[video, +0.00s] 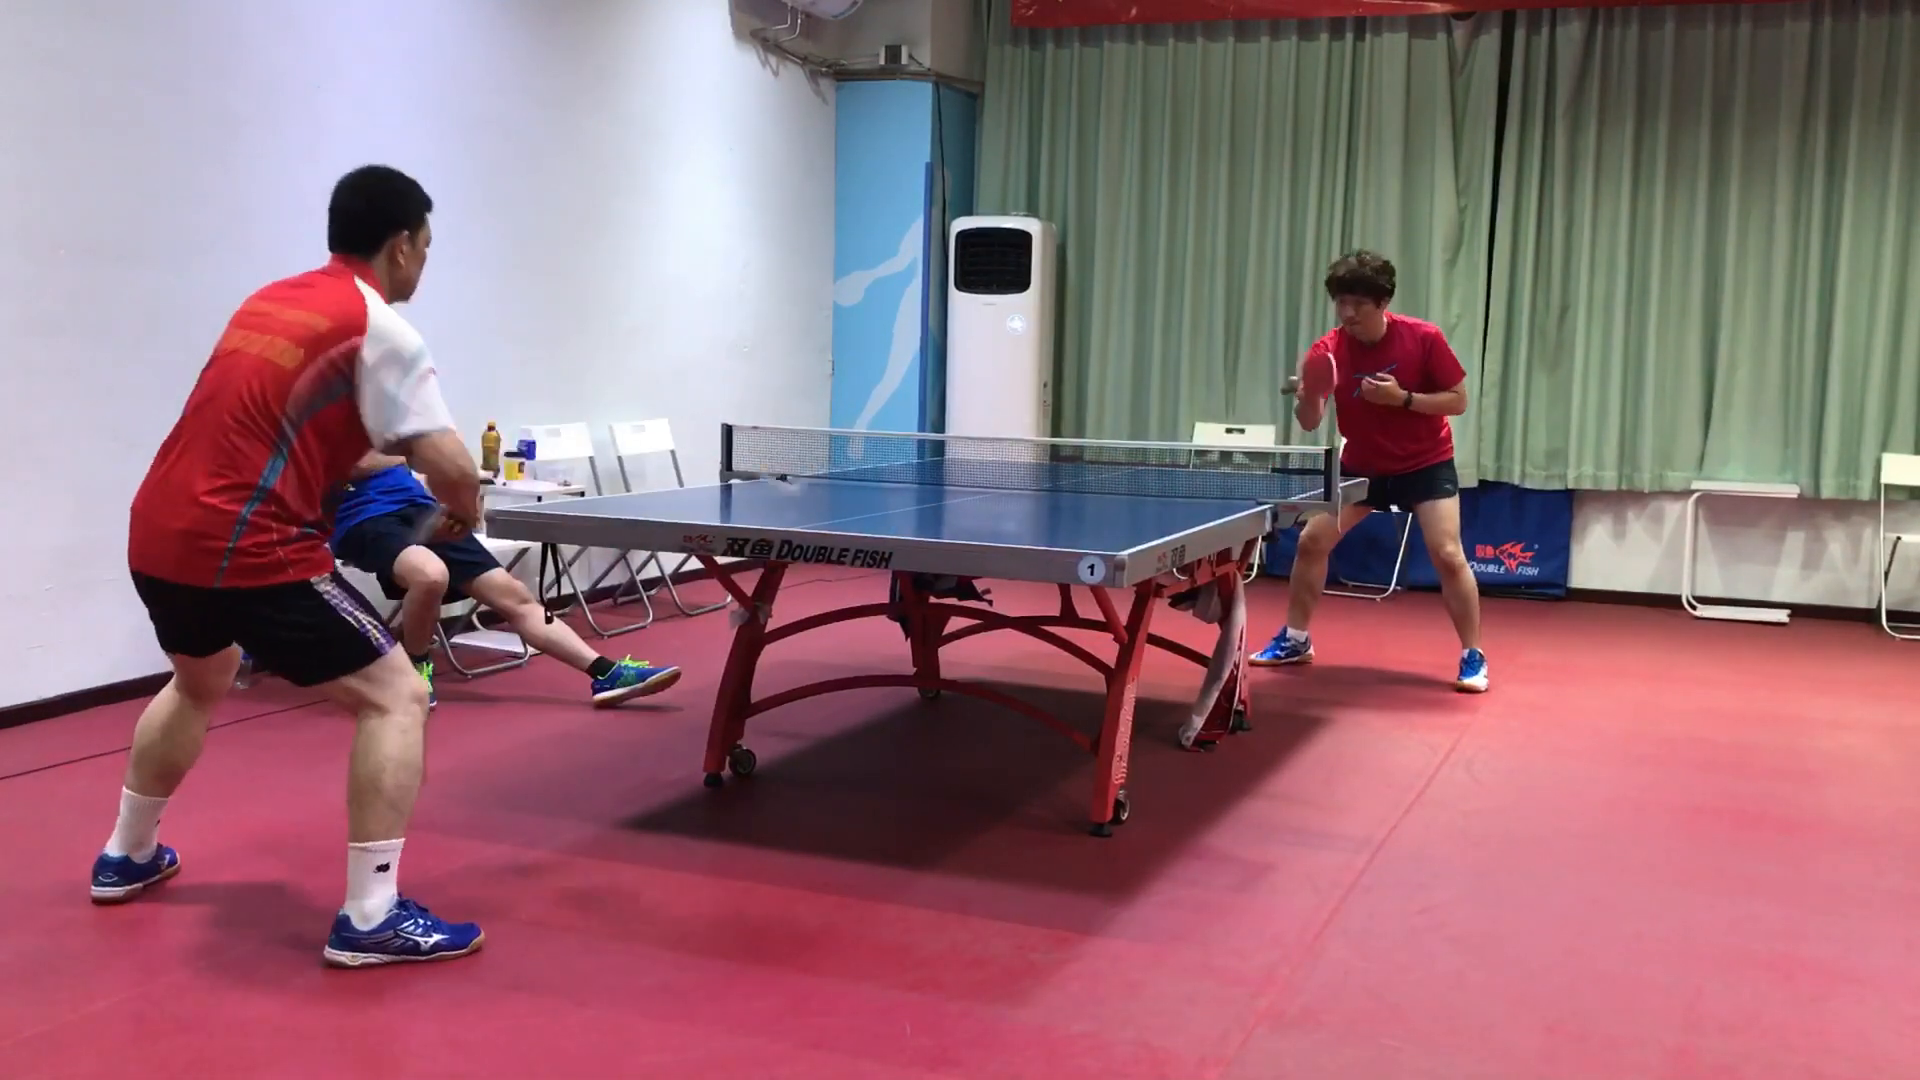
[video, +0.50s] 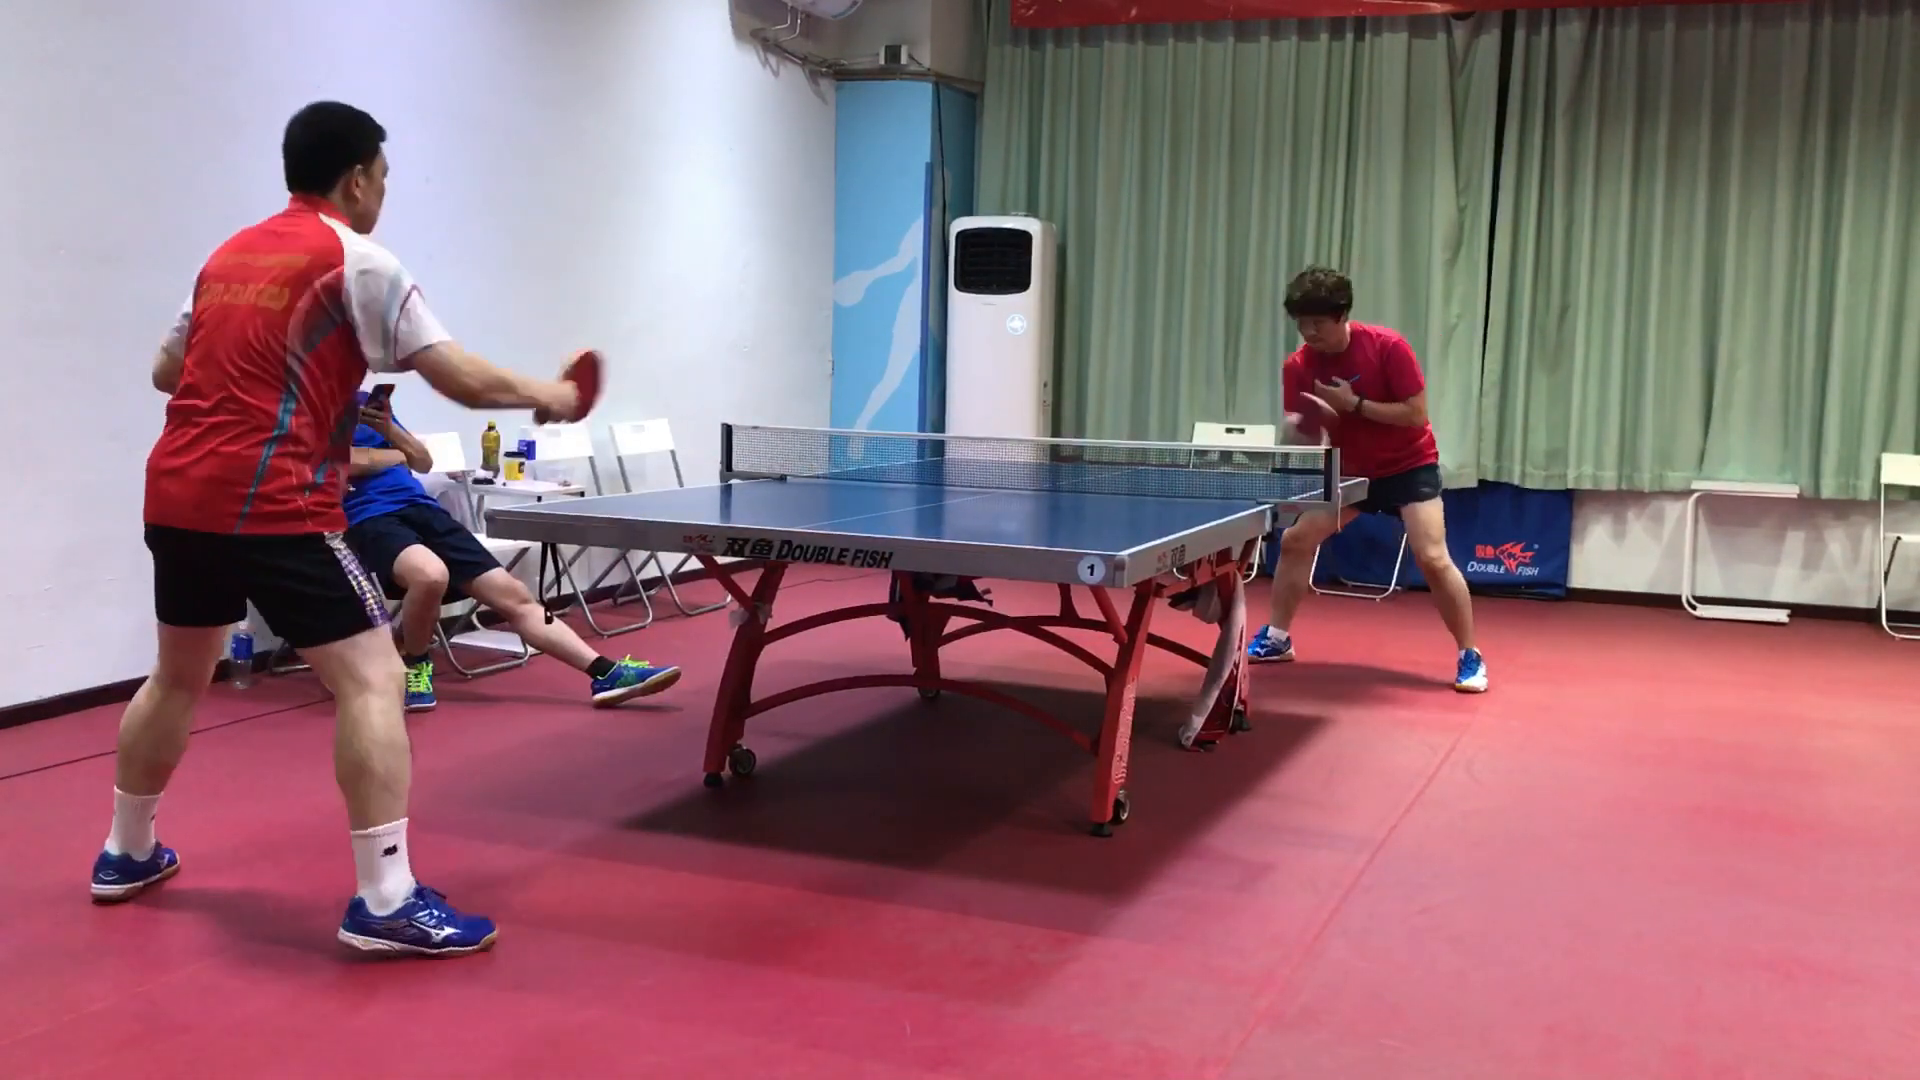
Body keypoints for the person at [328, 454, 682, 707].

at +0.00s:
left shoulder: (389, 410)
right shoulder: (324, 419)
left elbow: (411, 461)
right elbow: (346, 464)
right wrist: (411, 449)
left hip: (417, 508)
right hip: (365, 521)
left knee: (514, 594)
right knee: (429, 574)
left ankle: (604, 670)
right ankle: (416, 665)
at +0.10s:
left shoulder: (383, 408)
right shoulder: (313, 421)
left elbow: (422, 460)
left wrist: (388, 436)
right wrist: (393, 447)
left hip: (417, 504)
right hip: (361, 513)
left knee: (512, 593)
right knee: (429, 576)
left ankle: (603, 671)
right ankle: (413, 668)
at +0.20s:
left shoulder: (375, 413)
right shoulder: (312, 426)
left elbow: (423, 462)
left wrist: (389, 432)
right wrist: (390, 455)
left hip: (415, 503)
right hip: (360, 515)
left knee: (514, 595)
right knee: (429, 576)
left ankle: (603, 671)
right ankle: (415, 664)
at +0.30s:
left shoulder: (371, 405)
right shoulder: (316, 420)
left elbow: (422, 460)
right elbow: (346, 465)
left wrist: (383, 427)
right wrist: (397, 454)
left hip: (412, 503)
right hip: (362, 515)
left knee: (512, 594)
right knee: (430, 575)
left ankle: (603, 670)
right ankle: (416, 665)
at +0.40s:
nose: (381, 400)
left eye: (384, 394)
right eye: (373, 395)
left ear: (386, 393)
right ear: (349, 394)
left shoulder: (381, 419)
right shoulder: (330, 422)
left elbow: (423, 463)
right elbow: (351, 462)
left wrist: (387, 424)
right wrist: (401, 454)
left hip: (419, 507)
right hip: (370, 517)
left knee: (514, 597)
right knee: (430, 575)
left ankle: (604, 671)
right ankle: (415, 665)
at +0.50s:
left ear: (354, 368)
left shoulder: (371, 403)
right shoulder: (315, 413)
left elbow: (423, 463)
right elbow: (344, 463)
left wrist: (386, 426)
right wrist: (400, 453)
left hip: (418, 507)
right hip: (367, 518)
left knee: (514, 596)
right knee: (429, 575)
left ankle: (604, 670)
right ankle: (416, 664)